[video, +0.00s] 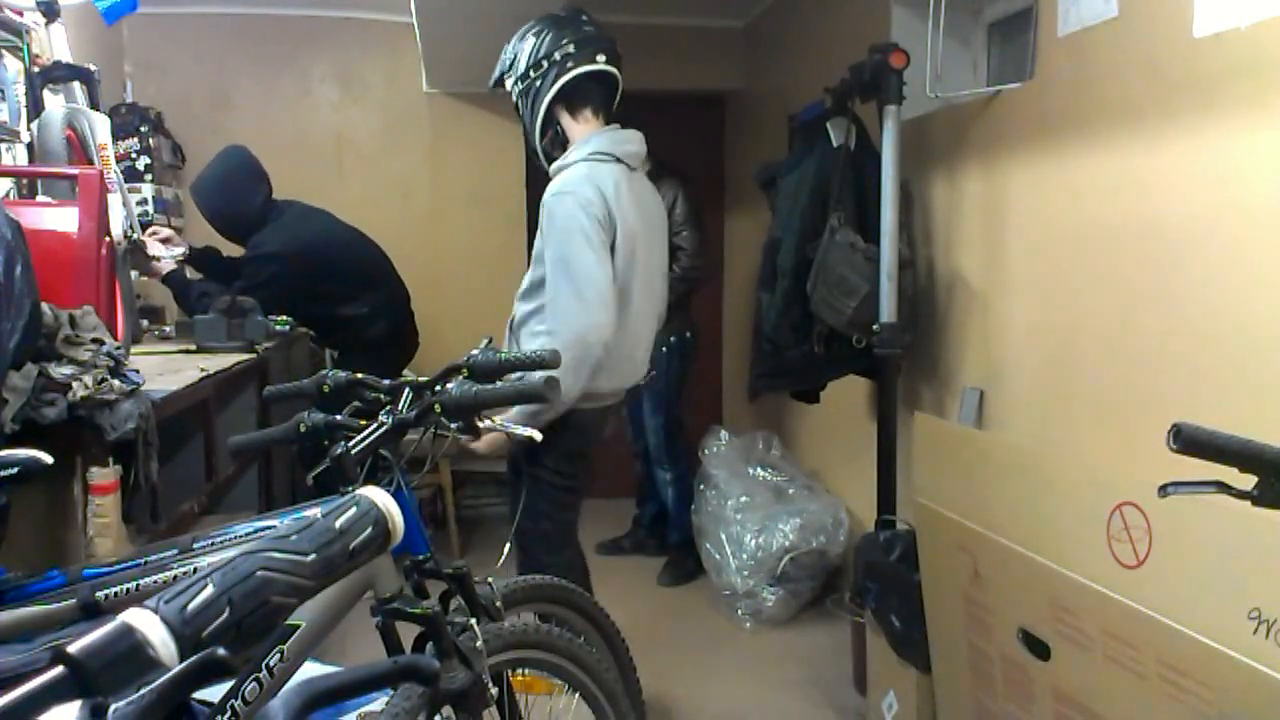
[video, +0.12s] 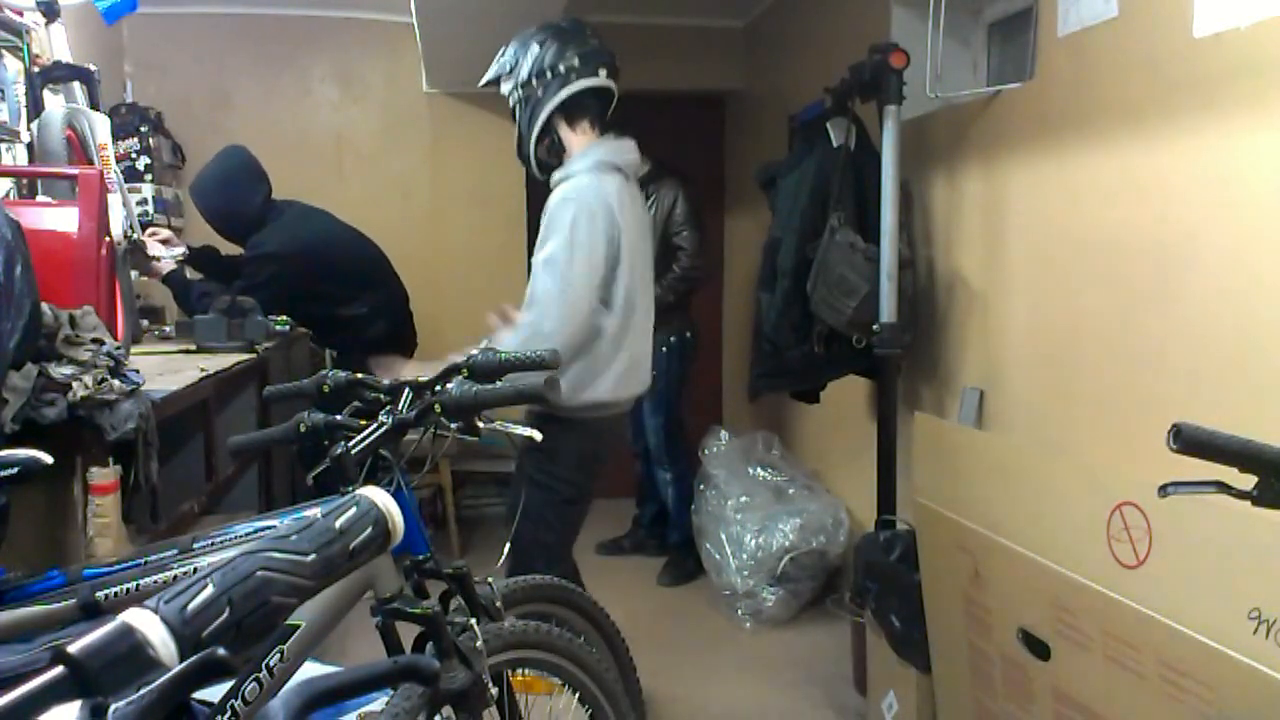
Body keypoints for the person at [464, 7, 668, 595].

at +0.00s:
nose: (521, 117)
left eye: (524, 101)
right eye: (519, 101)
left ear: (548, 98)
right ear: (606, 95)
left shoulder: (573, 191)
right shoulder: (643, 189)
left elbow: (578, 327)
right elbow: (649, 306)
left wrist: (512, 424)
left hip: (566, 408)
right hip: (601, 401)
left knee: (543, 547)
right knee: (553, 540)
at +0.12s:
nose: (516, 123)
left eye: (519, 107)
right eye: (515, 106)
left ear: (545, 103)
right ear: (594, 103)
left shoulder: (583, 195)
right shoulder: (621, 188)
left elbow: (550, 332)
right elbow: (605, 314)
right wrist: (527, 327)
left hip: (572, 416)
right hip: (598, 409)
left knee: (535, 564)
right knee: (544, 557)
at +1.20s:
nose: (544, 121)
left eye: (559, 108)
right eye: (532, 107)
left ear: (591, 112)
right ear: (517, 112)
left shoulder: (624, 196)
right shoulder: (514, 203)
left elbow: (657, 289)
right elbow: (488, 307)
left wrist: (655, 368)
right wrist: (456, 367)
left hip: (598, 386)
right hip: (527, 389)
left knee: (603, 543)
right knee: (531, 540)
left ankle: (647, 692)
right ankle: (582, 646)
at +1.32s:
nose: (545, 119)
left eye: (561, 104)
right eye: (536, 105)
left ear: (597, 107)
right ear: (523, 108)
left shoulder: (631, 194)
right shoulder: (525, 201)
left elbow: (665, 306)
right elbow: (512, 309)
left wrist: (649, 376)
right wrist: (473, 365)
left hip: (599, 397)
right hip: (532, 397)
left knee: (599, 548)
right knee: (531, 545)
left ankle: (648, 693)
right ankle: (587, 655)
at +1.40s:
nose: (549, 125)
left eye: (565, 111)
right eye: (540, 112)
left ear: (603, 116)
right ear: (530, 116)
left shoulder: (637, 205)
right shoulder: (532, 209)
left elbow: (671, 308)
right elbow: (495, 307)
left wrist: (642, 343)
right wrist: (430, 348)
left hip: (614, 409)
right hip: (547, 410)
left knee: (598, 560)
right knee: (523, 556)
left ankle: (652, 698)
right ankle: (584, 660)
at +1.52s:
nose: (555, 128)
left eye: (572, 114)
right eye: (549, 115)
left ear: (615, 122)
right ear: (540, 120)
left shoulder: (650, 211)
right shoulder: (543, 216)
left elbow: (674, 322)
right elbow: (488, 310)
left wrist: (639, 357)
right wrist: (428, 347)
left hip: (621, 420)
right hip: (555, 421)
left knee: (600, 573)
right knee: (526, 565)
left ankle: (655, 706)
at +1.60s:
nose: (558, 115)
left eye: (573, 100)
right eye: (553, 102)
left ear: (618, 106)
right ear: (549, 105)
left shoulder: (664, 204)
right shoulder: (557, 204)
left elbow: (685, 319)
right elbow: (524, 306)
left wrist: (658, 404)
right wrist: (486, 380)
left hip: (611, 415)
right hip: (543, 411)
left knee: (602, 577)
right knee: (532, 554)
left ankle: (653, 703)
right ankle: (588, 661)